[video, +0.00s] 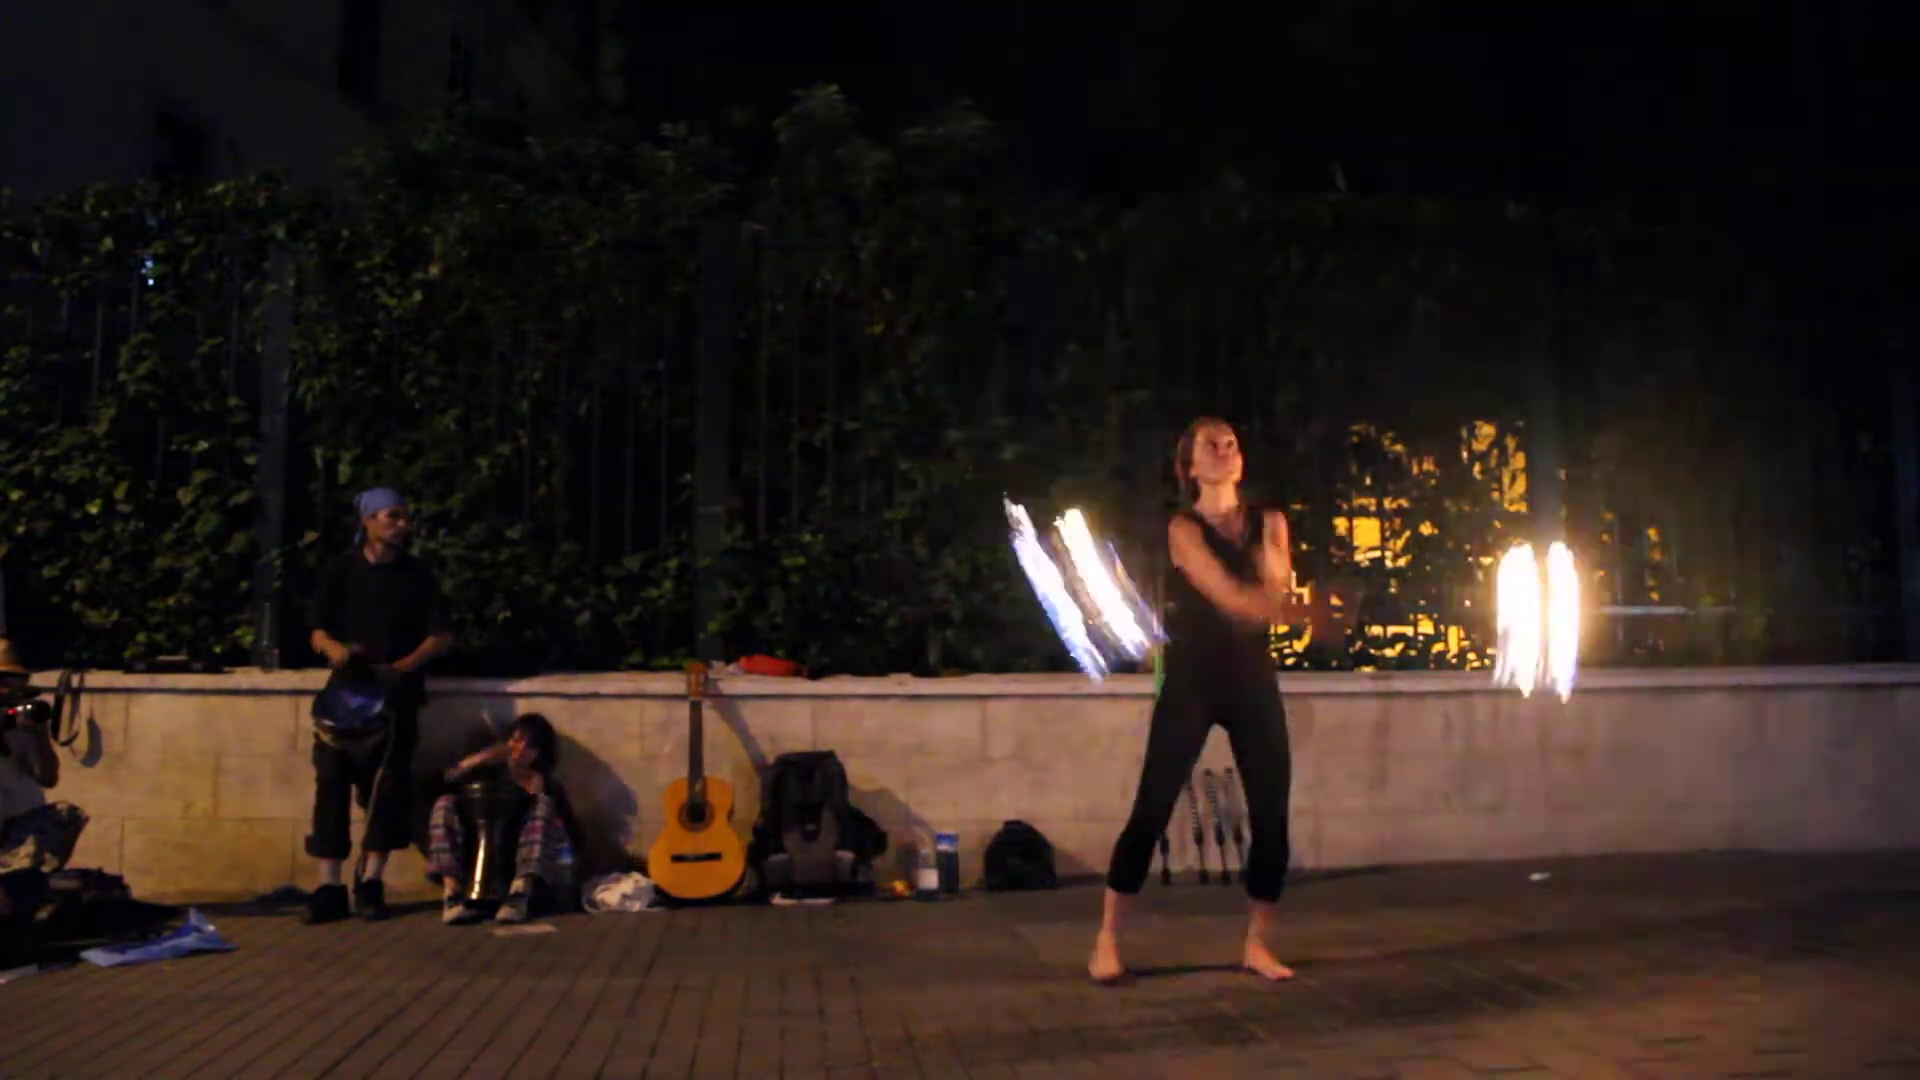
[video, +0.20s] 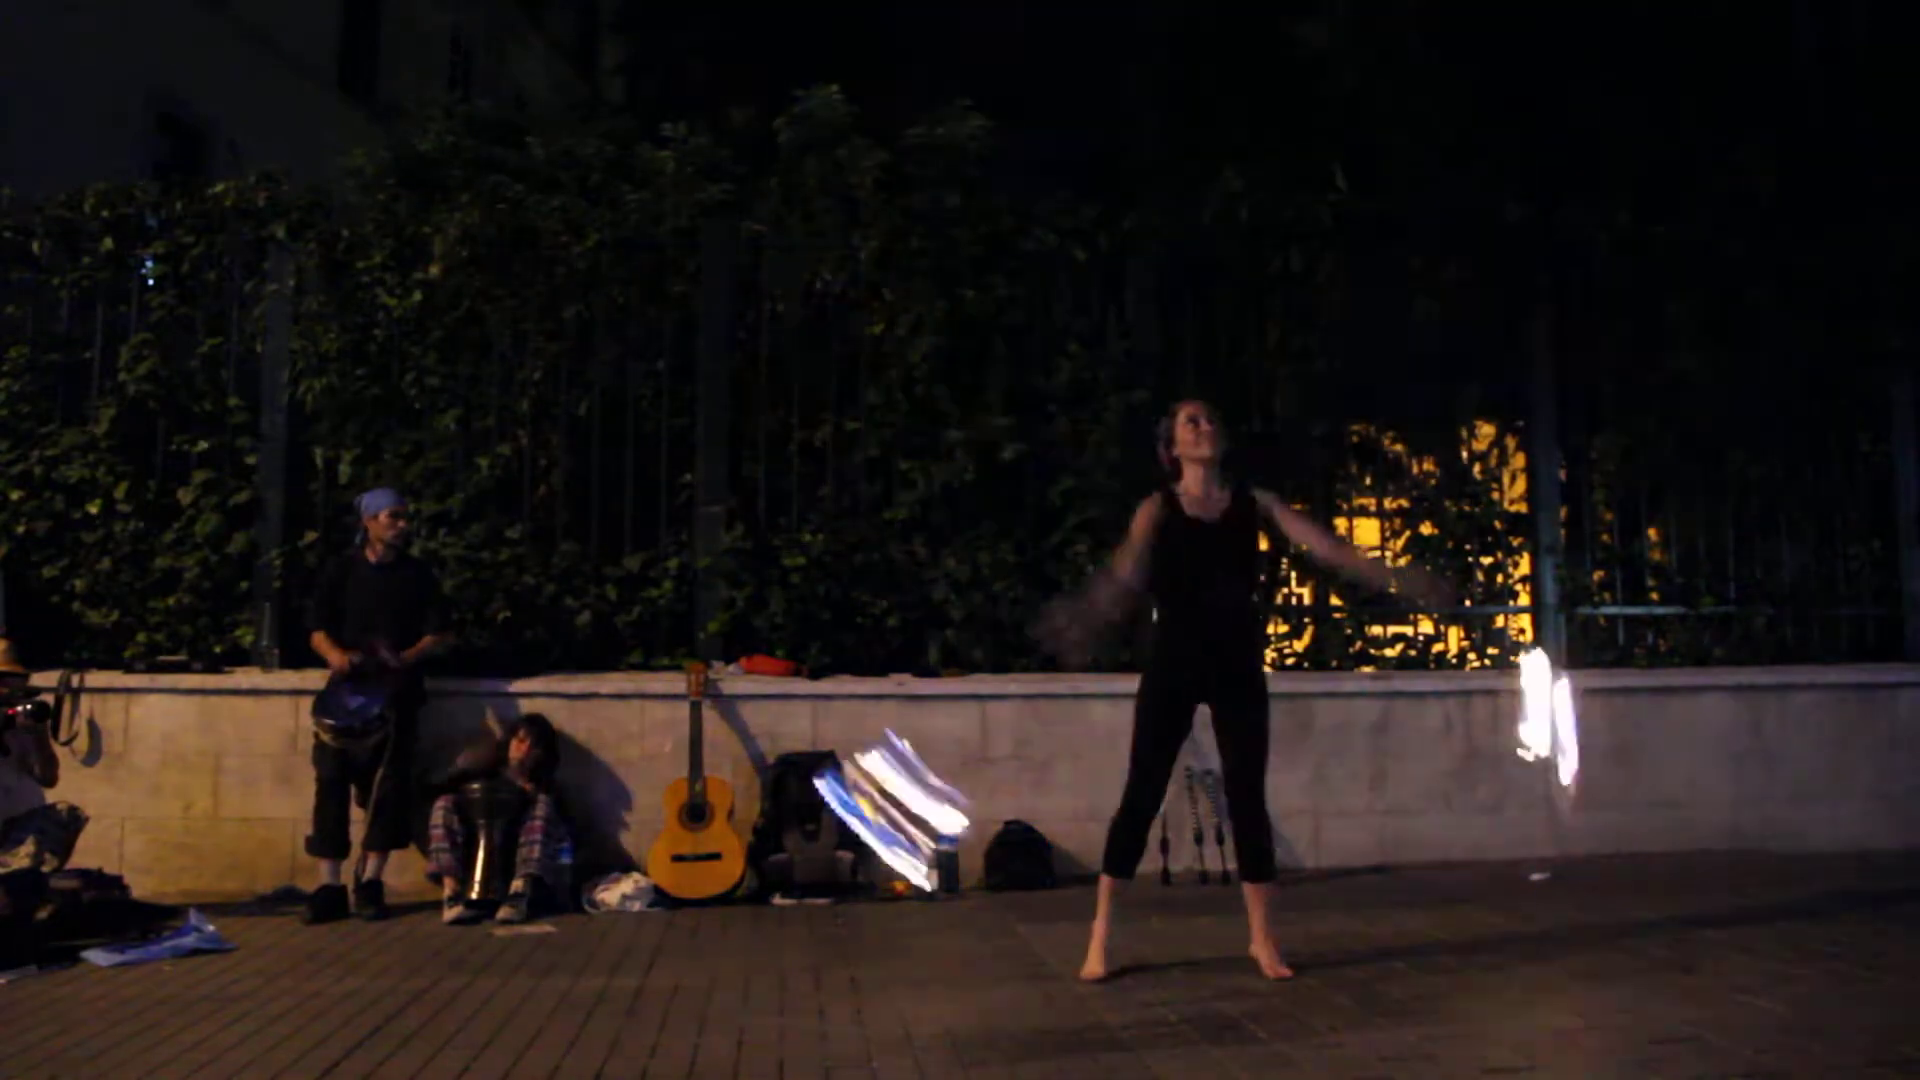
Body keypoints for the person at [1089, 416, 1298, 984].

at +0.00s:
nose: (1226, 450)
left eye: (1232, 443)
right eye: (1212, 443)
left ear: (1242, 459)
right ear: (1188, 462)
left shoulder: (1268, 524)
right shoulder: (1183, 529)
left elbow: (1278, 594)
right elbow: (1231, 602)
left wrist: (1264, 554)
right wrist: (1296, 611)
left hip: (1254, 684)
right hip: (1190, 685)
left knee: (1272, 816)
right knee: (1150, 814)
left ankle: (1256, 942)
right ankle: (1107, 937)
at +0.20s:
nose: (1203, 427)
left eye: (1209, 421)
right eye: (1190, 422)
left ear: (1224, 440)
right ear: (1171, 445)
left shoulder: (1256, 506)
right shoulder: (1157, 510)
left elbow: (1329, 550)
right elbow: (1123, 582)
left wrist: (1398, 579)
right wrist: (1081, 622)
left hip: (1239, 671)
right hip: (1172, 670)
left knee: (1248, 799)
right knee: (1141, 796)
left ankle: (1261, 938)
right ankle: (1099, 934)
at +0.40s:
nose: (1178, 426)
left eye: (1184, 420)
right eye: (1165, 421)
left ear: (1197, 436)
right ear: (1140, 443)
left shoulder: (1218, 490)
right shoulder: (1129, 493)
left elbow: (1266, 422)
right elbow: (1076, 422)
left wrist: (1304, 360)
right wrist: (1024, 346)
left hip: (1212, 664)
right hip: (1146, 666)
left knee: (1236, 797)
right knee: (1126, 802)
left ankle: (1264, 934)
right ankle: (1098, 940)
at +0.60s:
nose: (1147, 441)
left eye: (1156, 433)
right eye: (1136, 434)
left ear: (1170, 448)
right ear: (1115, 450)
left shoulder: (1175, 500)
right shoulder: (1103, 504)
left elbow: (1172, 418)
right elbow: (1128, 424)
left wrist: (1145, 333)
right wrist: (1175, 346)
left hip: (1182, 673)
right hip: (1118, 677)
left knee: (1221, 803)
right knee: (1113, 811)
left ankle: (1255, 934)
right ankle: (1099, 943)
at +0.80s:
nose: (1113, 460)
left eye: (1119, 455)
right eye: (1102, 454)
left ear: (1129, 466)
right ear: (1079, 468)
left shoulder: (1150, 512)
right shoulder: (1075, 523)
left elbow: (1161, 442)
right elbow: (1111, 490)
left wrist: (1139, 383)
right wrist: (1191, 466)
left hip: (1165, 689)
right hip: (1100, 693)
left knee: (1214, 812)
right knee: (1103, 825)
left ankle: (1253, 941)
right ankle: (1100, 951)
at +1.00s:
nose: (1109, 448)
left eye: (1114, 440)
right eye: (1096, 441)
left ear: (1126, 452)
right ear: (1075, 457)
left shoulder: (1148, 500)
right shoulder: (1073, 512)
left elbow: (1172, 416)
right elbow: (1058, 444)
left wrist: (1164, 333)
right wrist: (1106, 404)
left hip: (1163, 675)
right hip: (1099, 681)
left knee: (1205, 804)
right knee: (1105, 815)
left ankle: (1244, 933)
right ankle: (1099, 943)